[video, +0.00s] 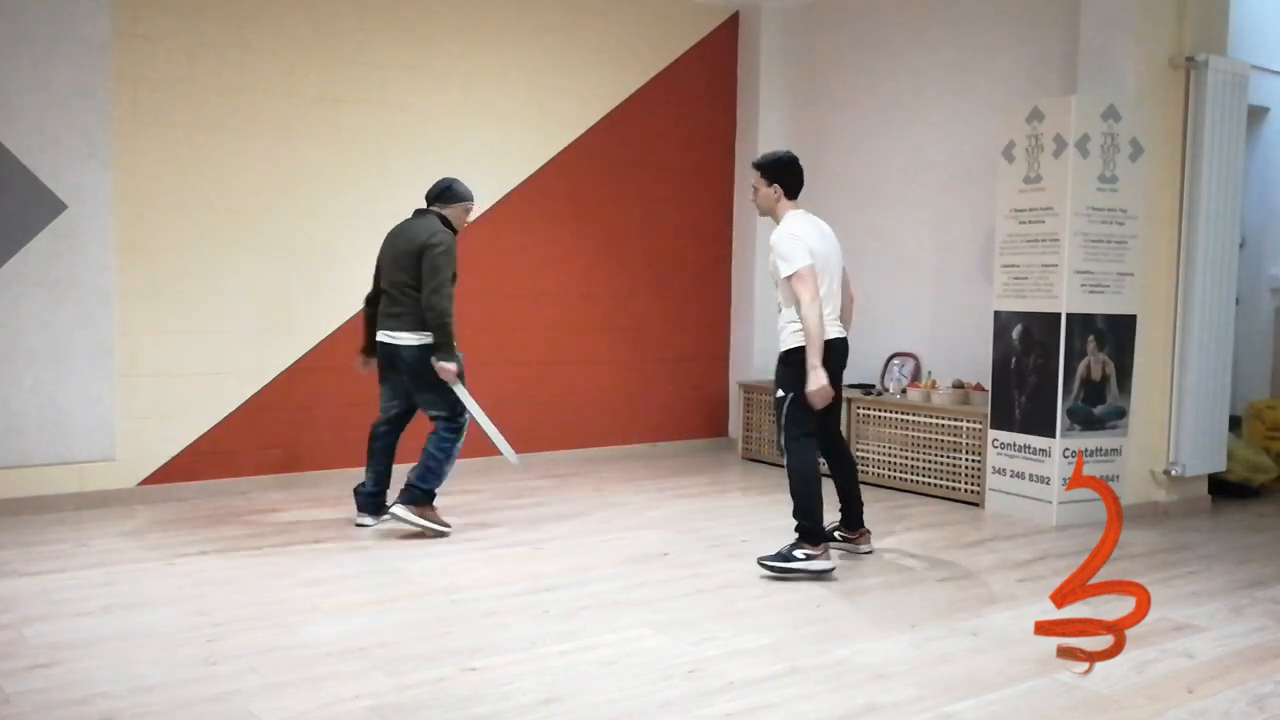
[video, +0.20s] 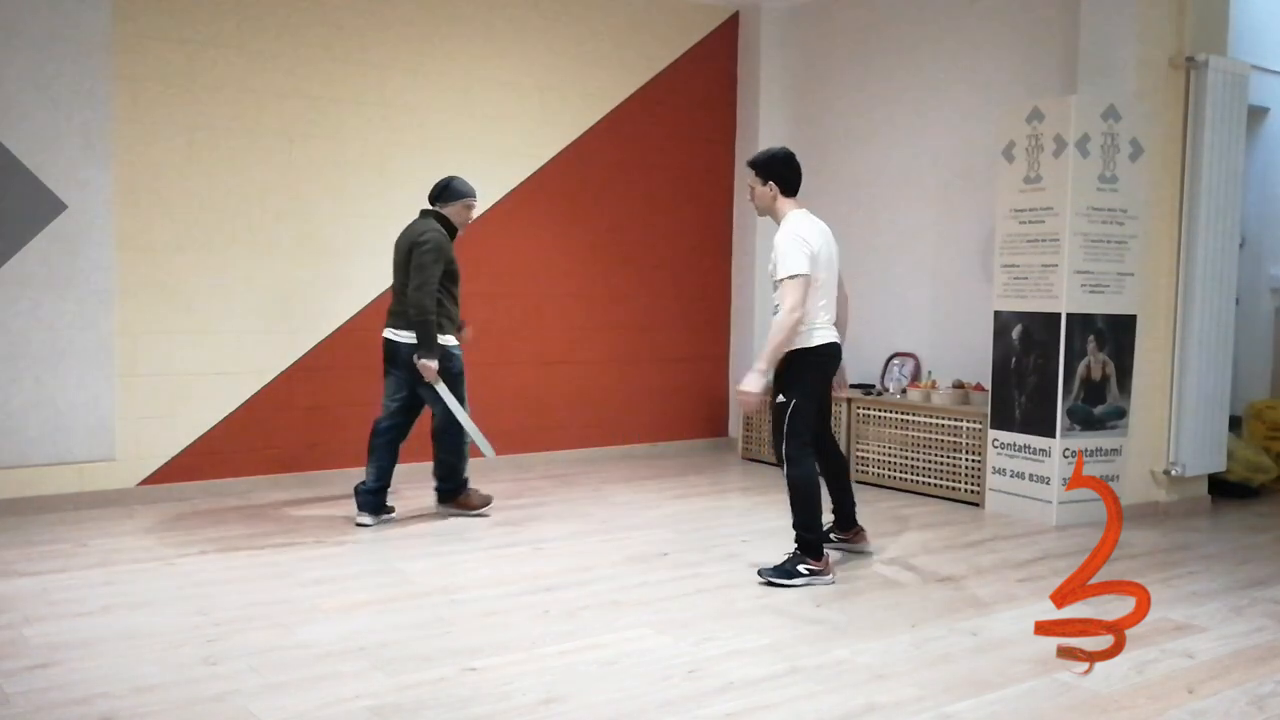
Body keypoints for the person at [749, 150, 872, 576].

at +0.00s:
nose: (753, 194)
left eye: (757, 187)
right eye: (753, 187)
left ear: (777, 190)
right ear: (788, 189)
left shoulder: (786, 235)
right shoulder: (820, 228)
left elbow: (809, 300)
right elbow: (846, 298)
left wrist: (817, 366)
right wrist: (836, 345)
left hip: (802, 351)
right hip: (832, 346)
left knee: (797, 441)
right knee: (830, 437)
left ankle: (812, 544)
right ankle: (854, 527)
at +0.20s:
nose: (749, 194)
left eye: (753, 186)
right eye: (749, 186)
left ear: (772, 187)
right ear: (785, 187)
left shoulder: (791, 234)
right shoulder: (819, 229)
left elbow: (793, 312)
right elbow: (839, 301)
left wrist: (759, 371)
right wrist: (837, 358)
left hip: (802, 356)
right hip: (823, 352)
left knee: (794, 453)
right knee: (823, 442)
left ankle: (811, 556)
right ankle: (848, 526)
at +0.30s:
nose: (744, 190)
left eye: (746, 181)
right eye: (743, 182)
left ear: (764, 181)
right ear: (778, 181)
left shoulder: (787, 227)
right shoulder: (811, 222)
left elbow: (773, 308)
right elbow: (832, 299)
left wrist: (729, 366)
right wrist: (833, 356)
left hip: (796, 355)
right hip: (815, 349)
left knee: (792, 450)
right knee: (799, 443)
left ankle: (811, 558)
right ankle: (830, 525)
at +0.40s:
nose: (735, 185)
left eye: (737, 176)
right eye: (736, 177)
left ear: (753, 177)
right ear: (774, 176)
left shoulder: (773, 224)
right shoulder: (806, 220)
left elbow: (754, 304)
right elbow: (827, 296)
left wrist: (710, 360)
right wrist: (825, 356)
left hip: (788, 354)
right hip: (808, 348)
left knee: (794, 449)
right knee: (768, 438)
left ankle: (812, 555)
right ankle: (802, 530)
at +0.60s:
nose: (708, 188)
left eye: (710, 178)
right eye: (708, 179)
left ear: (725, 177)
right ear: (750, 177)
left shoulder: (740, 228)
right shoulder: (784, 223)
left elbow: (723, 308)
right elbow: (807, 298)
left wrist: (687, 365)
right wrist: (806, 362)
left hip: (757, 362)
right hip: (785, 356)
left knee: (724, 447)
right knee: (793, 457)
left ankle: (695, 545)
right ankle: (811, 556)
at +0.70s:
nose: (691, 192)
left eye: (692, 182)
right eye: (691, 183)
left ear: (706, 180)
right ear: (733, 180)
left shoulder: (722, 230)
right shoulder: (765, 228)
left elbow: (708, 311)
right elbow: (789, 302)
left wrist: (680, 371)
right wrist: (787, 366)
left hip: (737, 366)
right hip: (765, 361)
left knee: (707, 462)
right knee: (774, 461)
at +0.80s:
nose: (671, 189)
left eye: (672, 179)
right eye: (672, 179)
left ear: (685, 179)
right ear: (712, 179)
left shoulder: (704, 224)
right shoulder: (743, 226)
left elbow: (696, 305)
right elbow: (763, 307)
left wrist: (673, 372)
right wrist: (761, 371)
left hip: (714, 366)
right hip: (734, 362)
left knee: (734, 459)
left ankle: (797, 542)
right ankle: (664, 555)